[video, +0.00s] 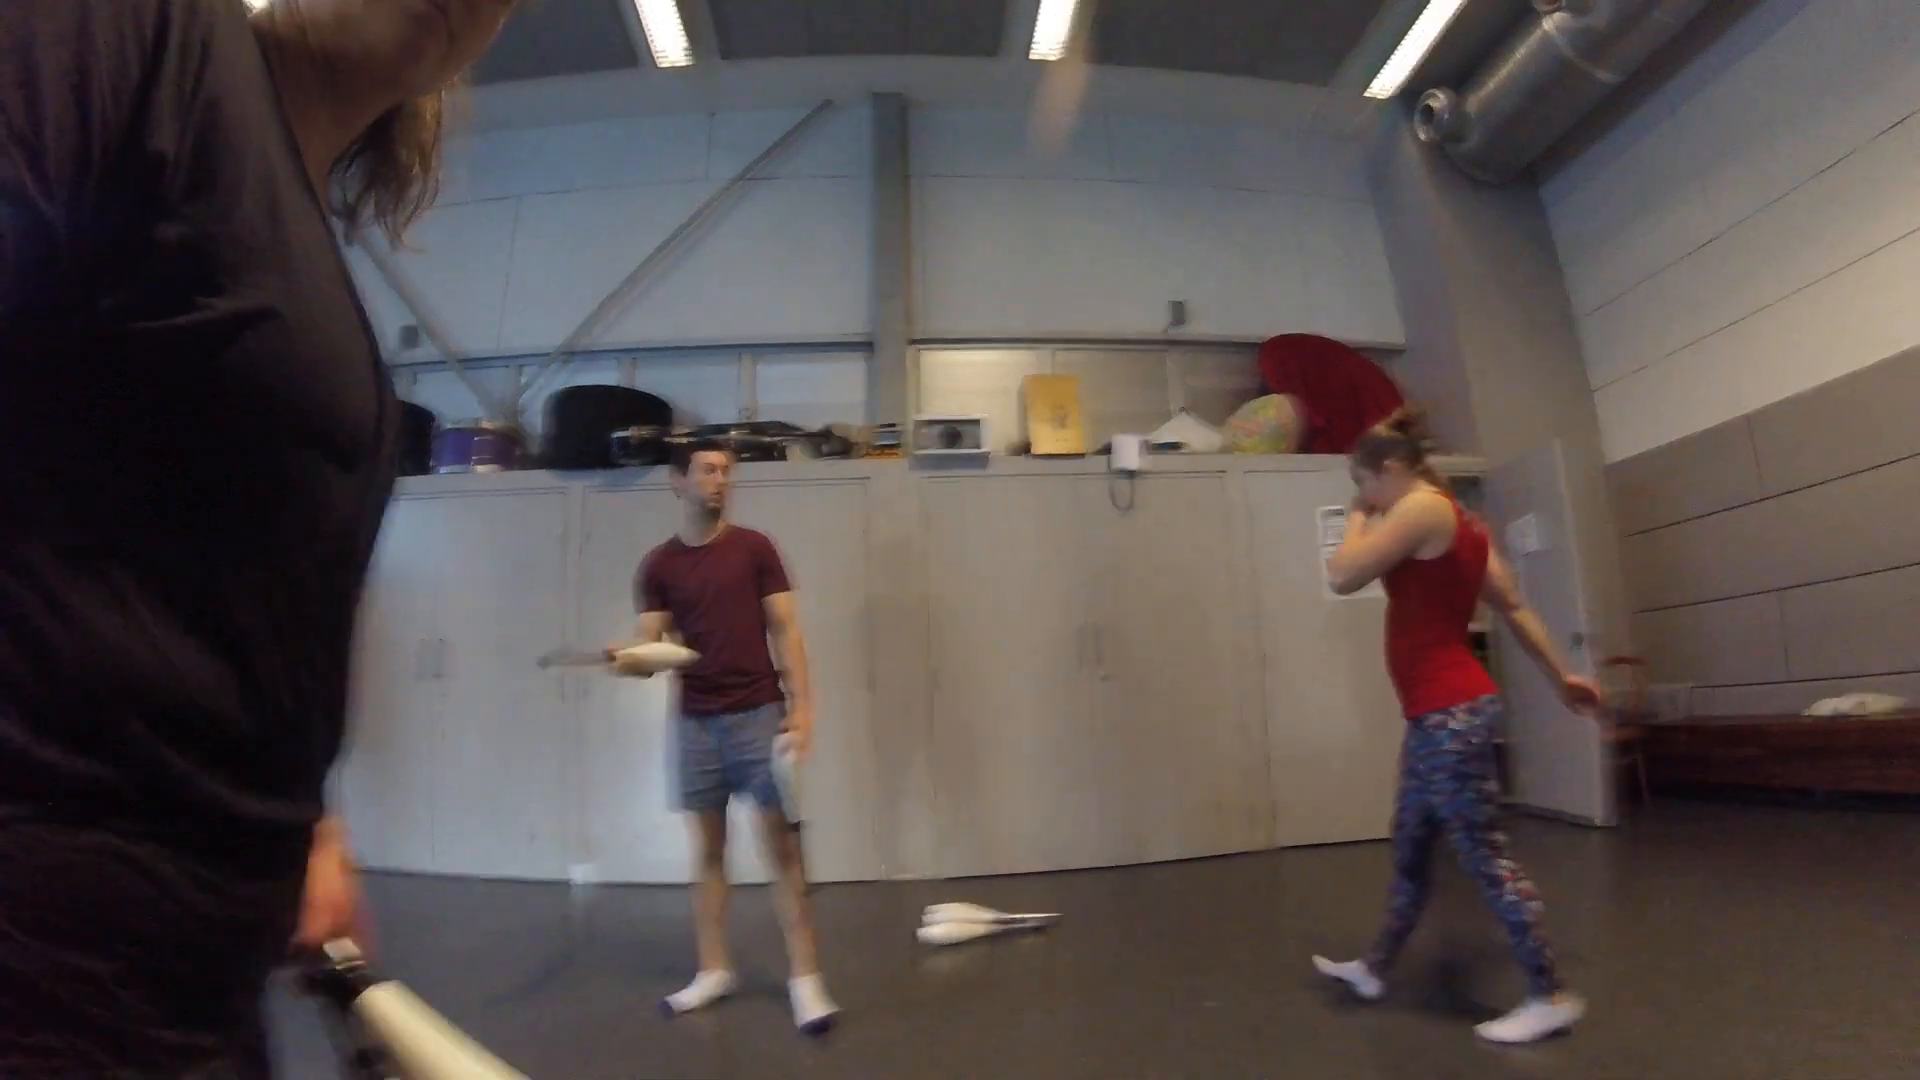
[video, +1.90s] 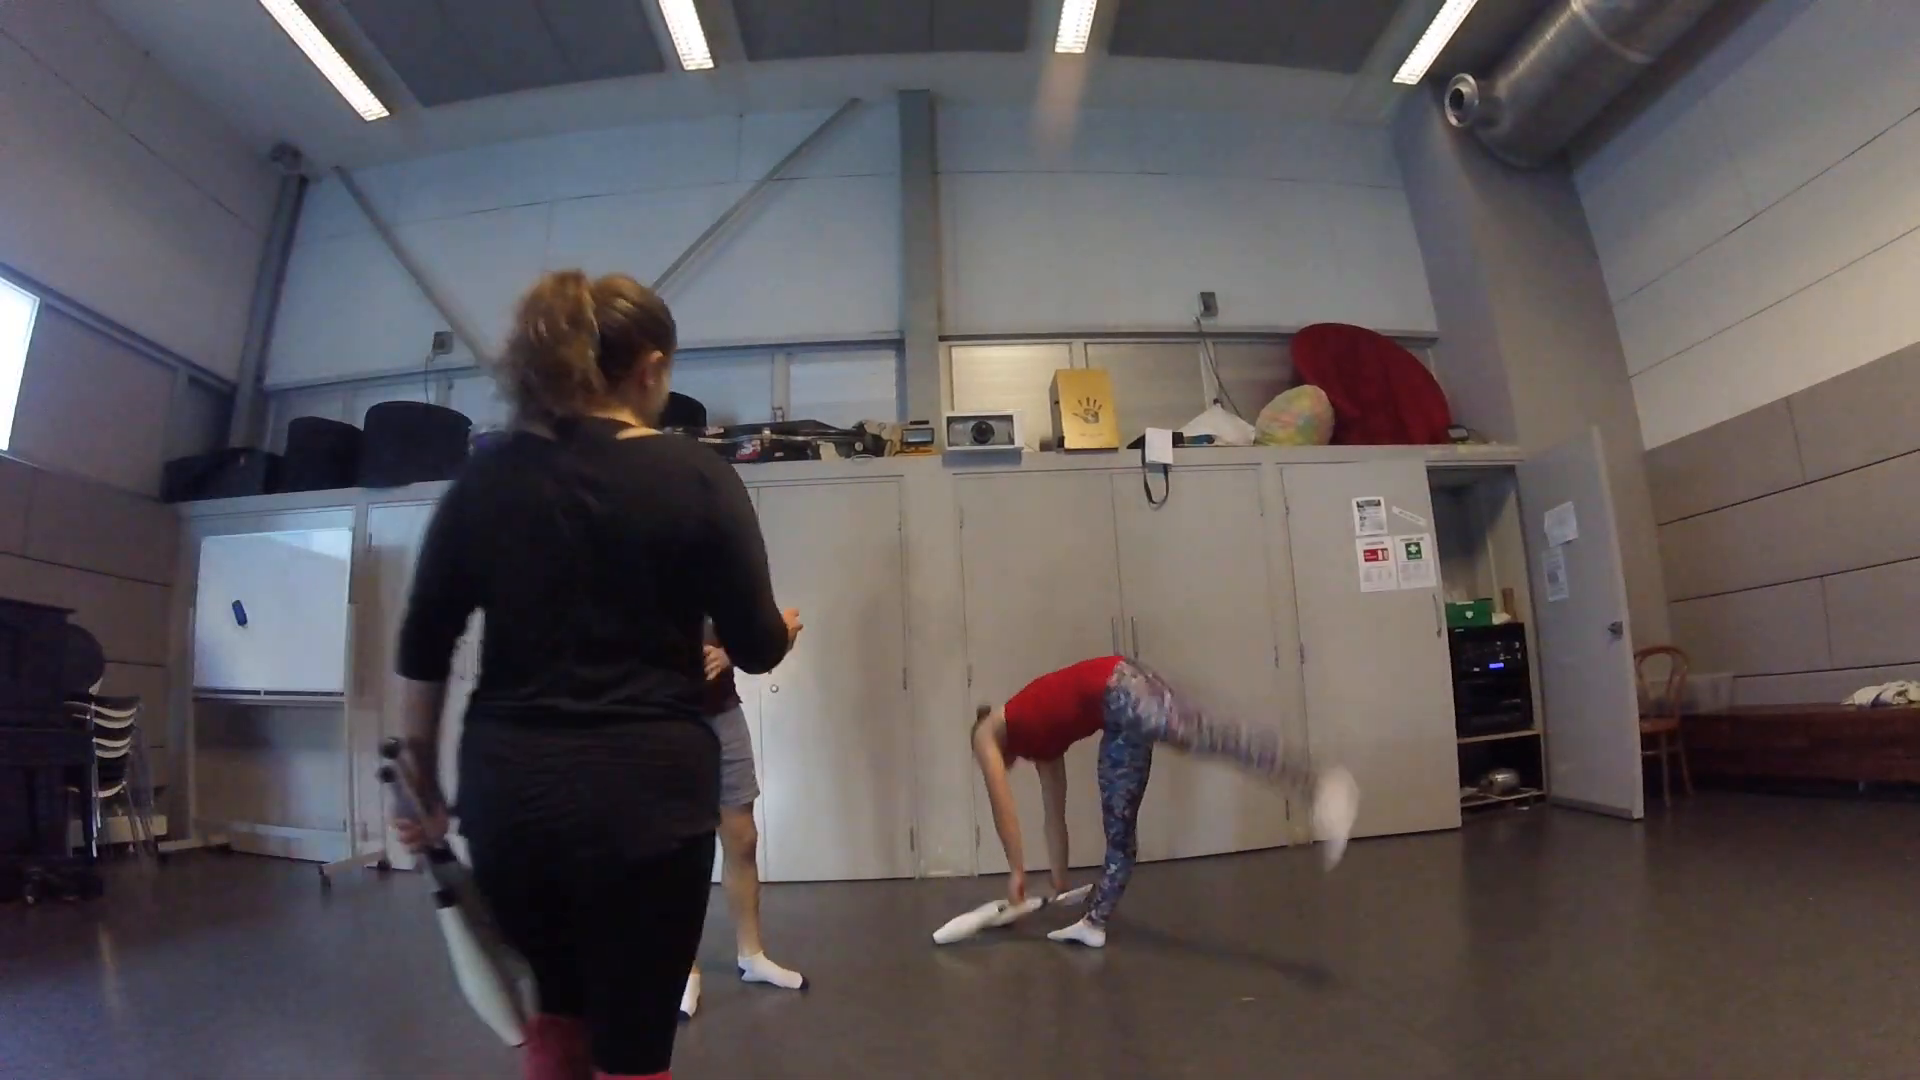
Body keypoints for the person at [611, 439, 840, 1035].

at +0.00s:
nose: (718, 481)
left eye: (724, 471)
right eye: (707, 471)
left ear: (731, 481)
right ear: (680, 481)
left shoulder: (756, 549)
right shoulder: (660, 564)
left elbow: (786, 628)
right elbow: (652, 648)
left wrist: (800, 708)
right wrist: (629, 660)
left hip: (759, 716)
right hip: (698, 720)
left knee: (785, 848)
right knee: (708, 851)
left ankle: (805, 979)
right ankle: (714, 970)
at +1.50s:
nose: (709, 487)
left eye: (719, 478)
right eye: (699, 477)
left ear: (732, 487)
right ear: (680, 484)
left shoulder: (753, 557)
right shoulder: (653, 557)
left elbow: (773, 649)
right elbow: (639, 641)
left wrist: (790, 623)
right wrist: (705, 651)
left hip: (737, 719)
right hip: (672, 722)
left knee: (747, 843)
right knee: (678, 851)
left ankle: (763, 954)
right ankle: (687, 972)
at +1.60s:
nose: (695, 488)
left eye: (705, 478)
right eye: (686, 478)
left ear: (721, 486)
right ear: (669, 486)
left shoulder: (742, 557)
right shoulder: (645, 553)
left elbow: (763, 642)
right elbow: (627, 649)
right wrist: (706, 653)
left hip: (730, 718)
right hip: (665, 722)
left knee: (745, 842)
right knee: (674, 851)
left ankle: (761, 953)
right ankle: (686, 973)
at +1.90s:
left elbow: (754, 621)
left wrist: (727, 652)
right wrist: (683, 658)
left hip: (720, 709)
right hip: (662, 716)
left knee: (742, 842)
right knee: (671, 853)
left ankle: (750, 954)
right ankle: (684, 968)